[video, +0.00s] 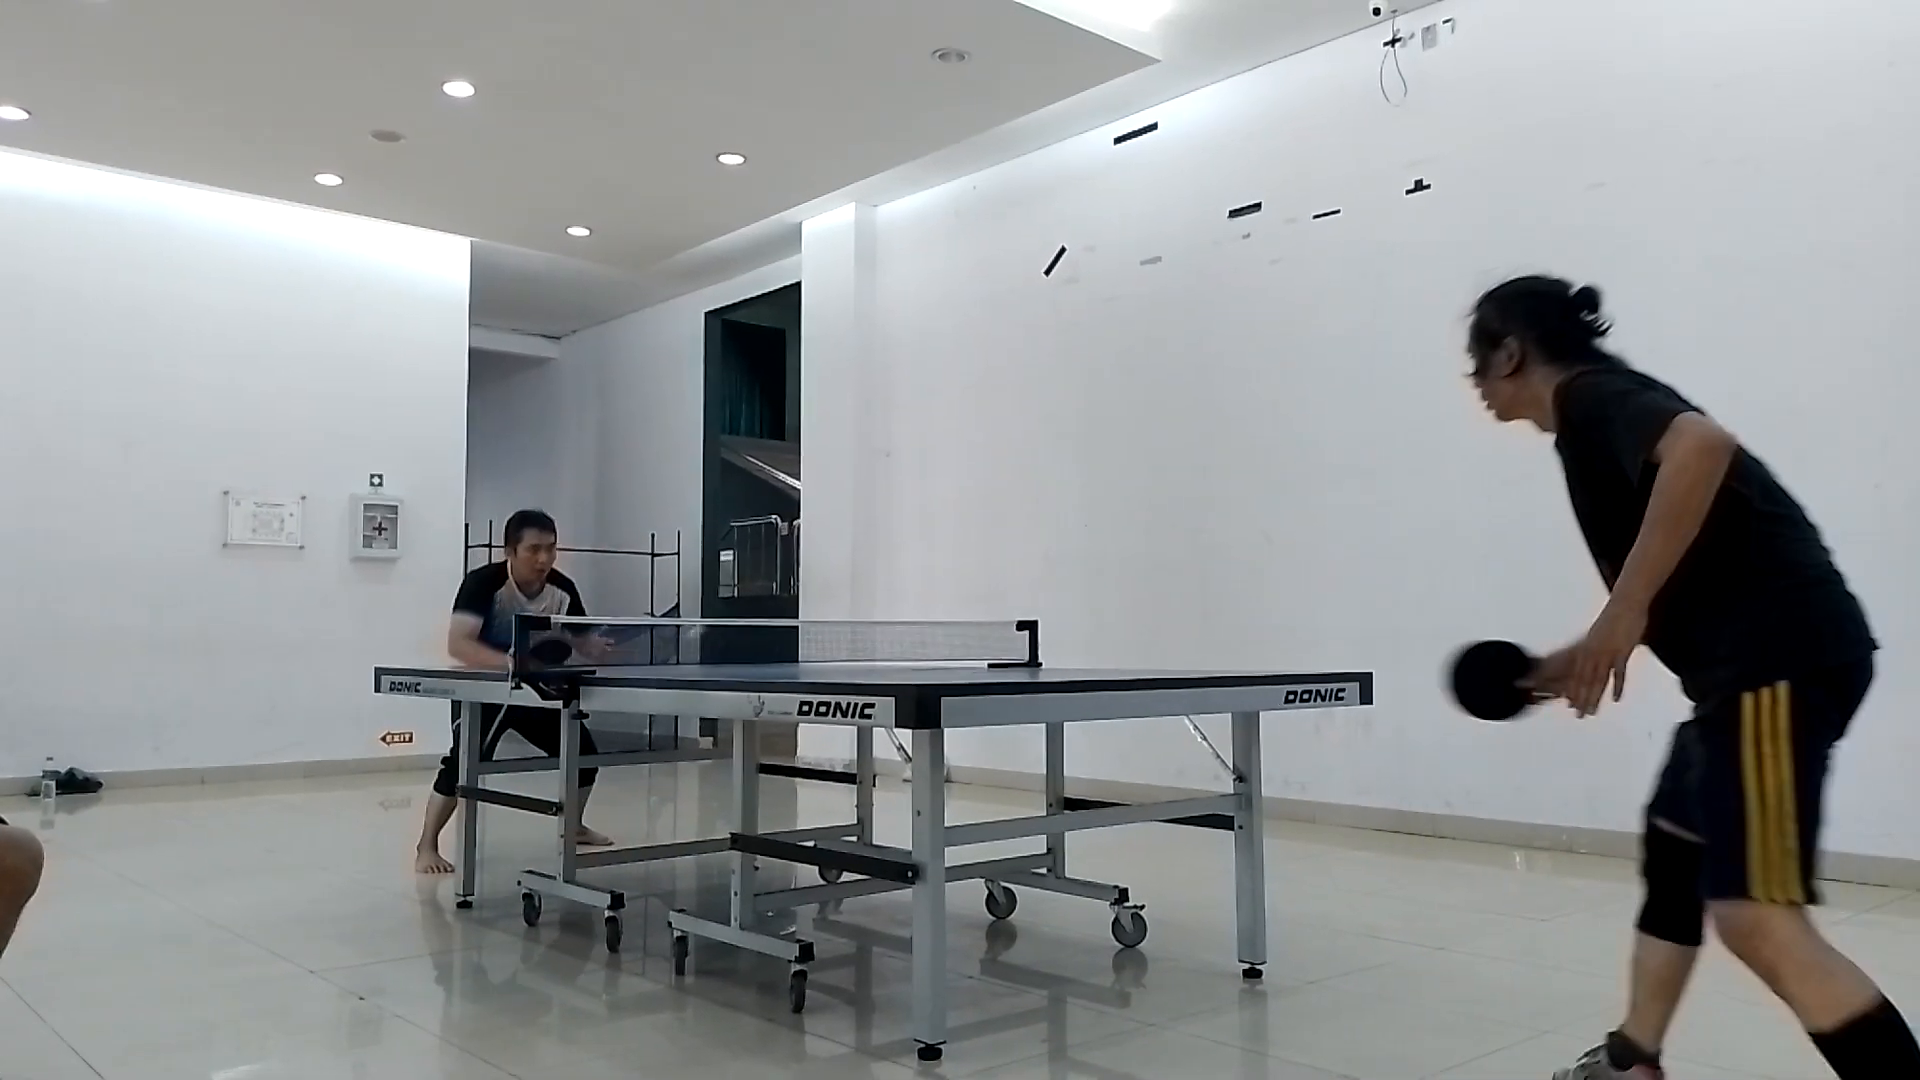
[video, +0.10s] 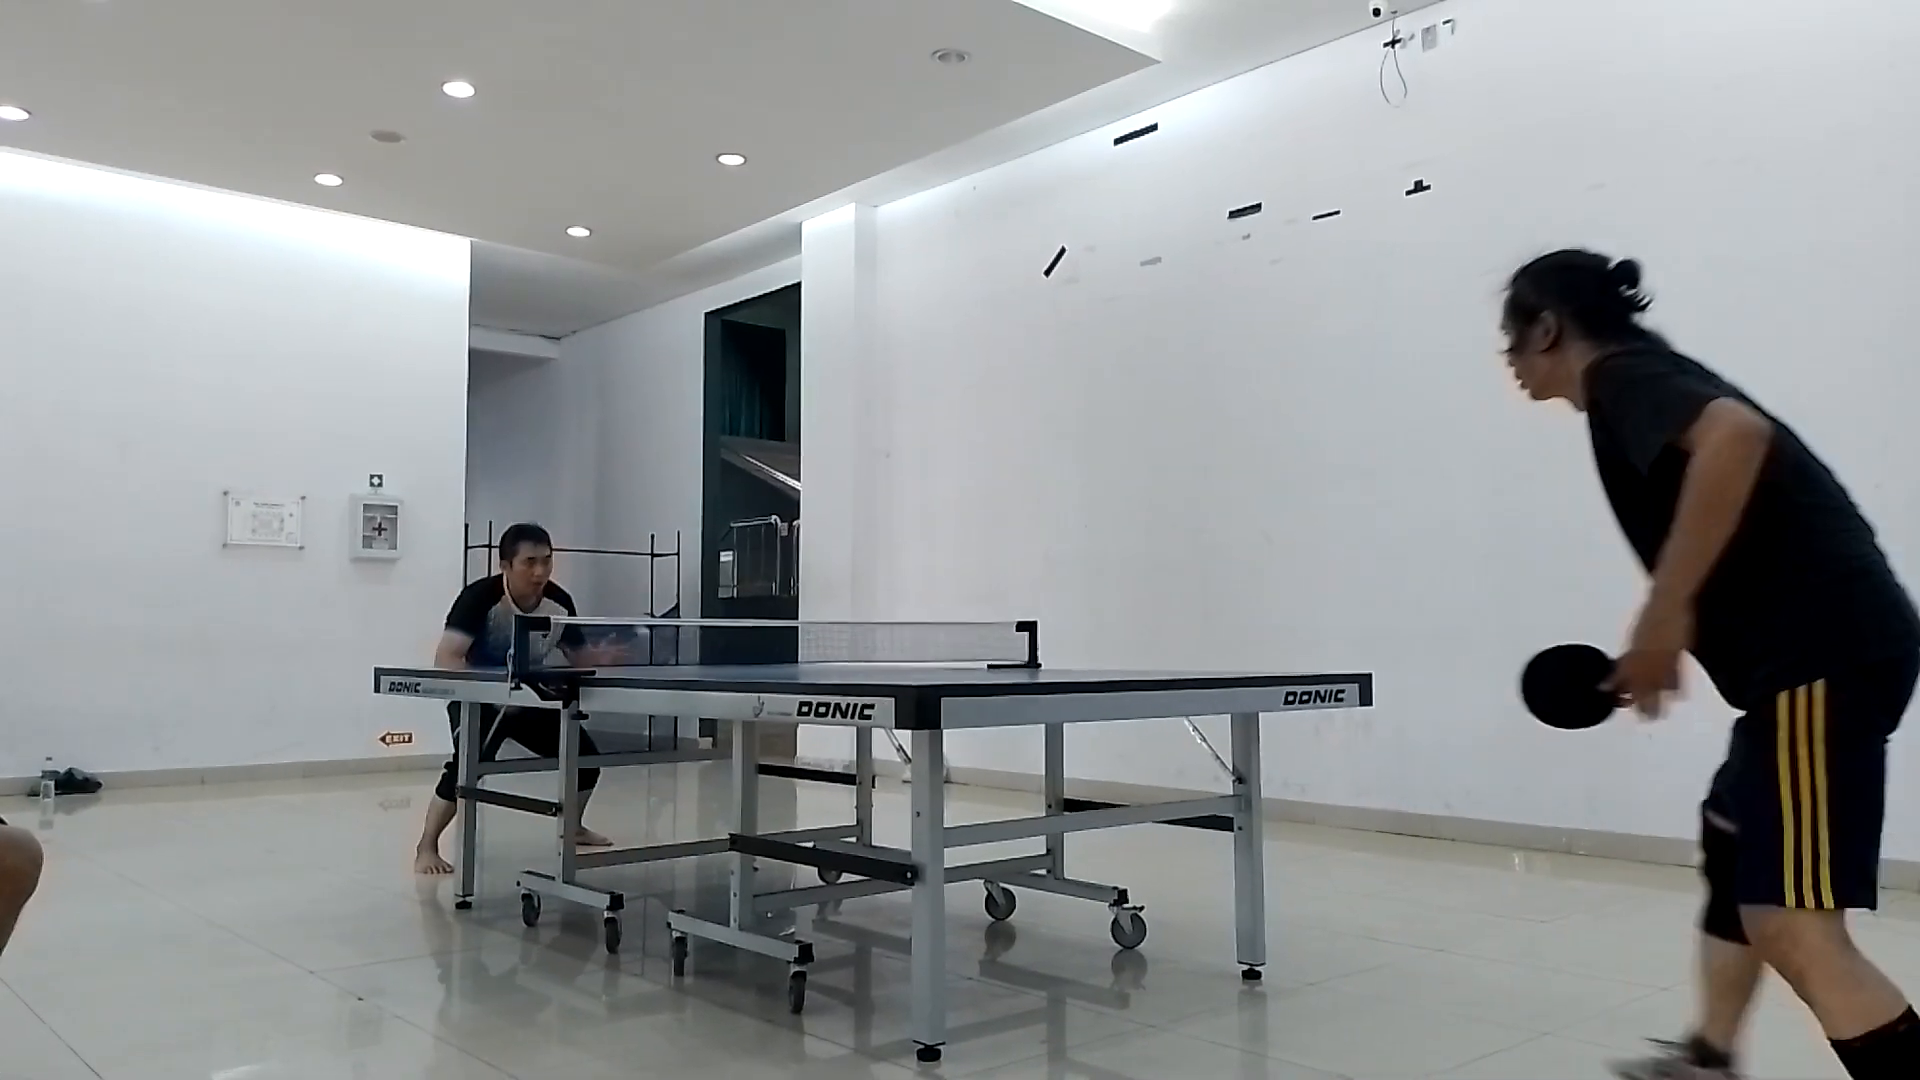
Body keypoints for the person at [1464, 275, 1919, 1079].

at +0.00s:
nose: (1476, 386)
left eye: (1479, 365)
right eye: (1474, 368)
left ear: (1513, 351)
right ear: (1532, 352)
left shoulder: (1594, 395)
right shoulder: (1588, 428)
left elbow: (1701, 444)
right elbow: (1667, 585)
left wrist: (1622, 616)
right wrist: (1570, 665)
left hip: (1783, 659)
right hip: (1741, 668)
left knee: (1757, 918)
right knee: (1677, 842)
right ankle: (1634, 1057)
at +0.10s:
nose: (1510, 364)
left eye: (1514, 341)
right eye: (1508, 345)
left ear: (1555, 326)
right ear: (1578, 324)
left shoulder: (1624, 377)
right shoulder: (1635, 390)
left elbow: (1736, 433)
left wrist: (1665, 609)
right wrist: (1657, 646)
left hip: (1824, 653)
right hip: (1800, 656)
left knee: (1792, 924)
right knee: (1732, 830)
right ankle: (1710, 1054)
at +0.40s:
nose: (1591, 334)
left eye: (1596, 311)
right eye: (1589, 315)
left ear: (1643, 297)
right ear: (1650, 301)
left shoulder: (1740, 361)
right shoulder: (1720, 393)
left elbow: (1890, 423)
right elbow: (1810, 572)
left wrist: (1859, 607)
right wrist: (1703, 656)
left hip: (1907, 652)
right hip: (1891, 659)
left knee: (1835, 891)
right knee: (1848, 895)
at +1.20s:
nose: (1647, 451)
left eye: (1655, 423)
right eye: (1649, 425)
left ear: (1719, 423)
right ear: (1719, 423)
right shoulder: (1798, 581)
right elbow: (1738, 734)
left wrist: (1591, 838)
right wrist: (1590, 839)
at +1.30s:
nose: (1644, 384)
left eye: (1651, 355)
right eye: (1643, 357)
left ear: (1709, 353)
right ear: (1710, 354)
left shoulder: (1891, 421)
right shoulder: (1797, 501)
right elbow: (1850, 678)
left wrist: (1727, 819)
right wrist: (1727, 818)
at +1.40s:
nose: (1642, 309)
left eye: (1650, 280)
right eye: (1643, 285)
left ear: (1703, 279)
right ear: (1709, 282)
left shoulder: (1849, 372)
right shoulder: (1797, 407)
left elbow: (1906, 596)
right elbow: (1902, 595)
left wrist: (1825, 743)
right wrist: (1822, 744)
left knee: (1917, 969)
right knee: (1916, 969)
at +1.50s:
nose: (1645, 287)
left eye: (1650, 256)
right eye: (1644, 262)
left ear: (1703, 246)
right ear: (1720, 245)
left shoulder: (1826, 342)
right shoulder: (1799, 353)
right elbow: (1909, 564)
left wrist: (1892, 673)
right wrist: (1840, 699)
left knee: (1873, 954)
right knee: (1873, 953)